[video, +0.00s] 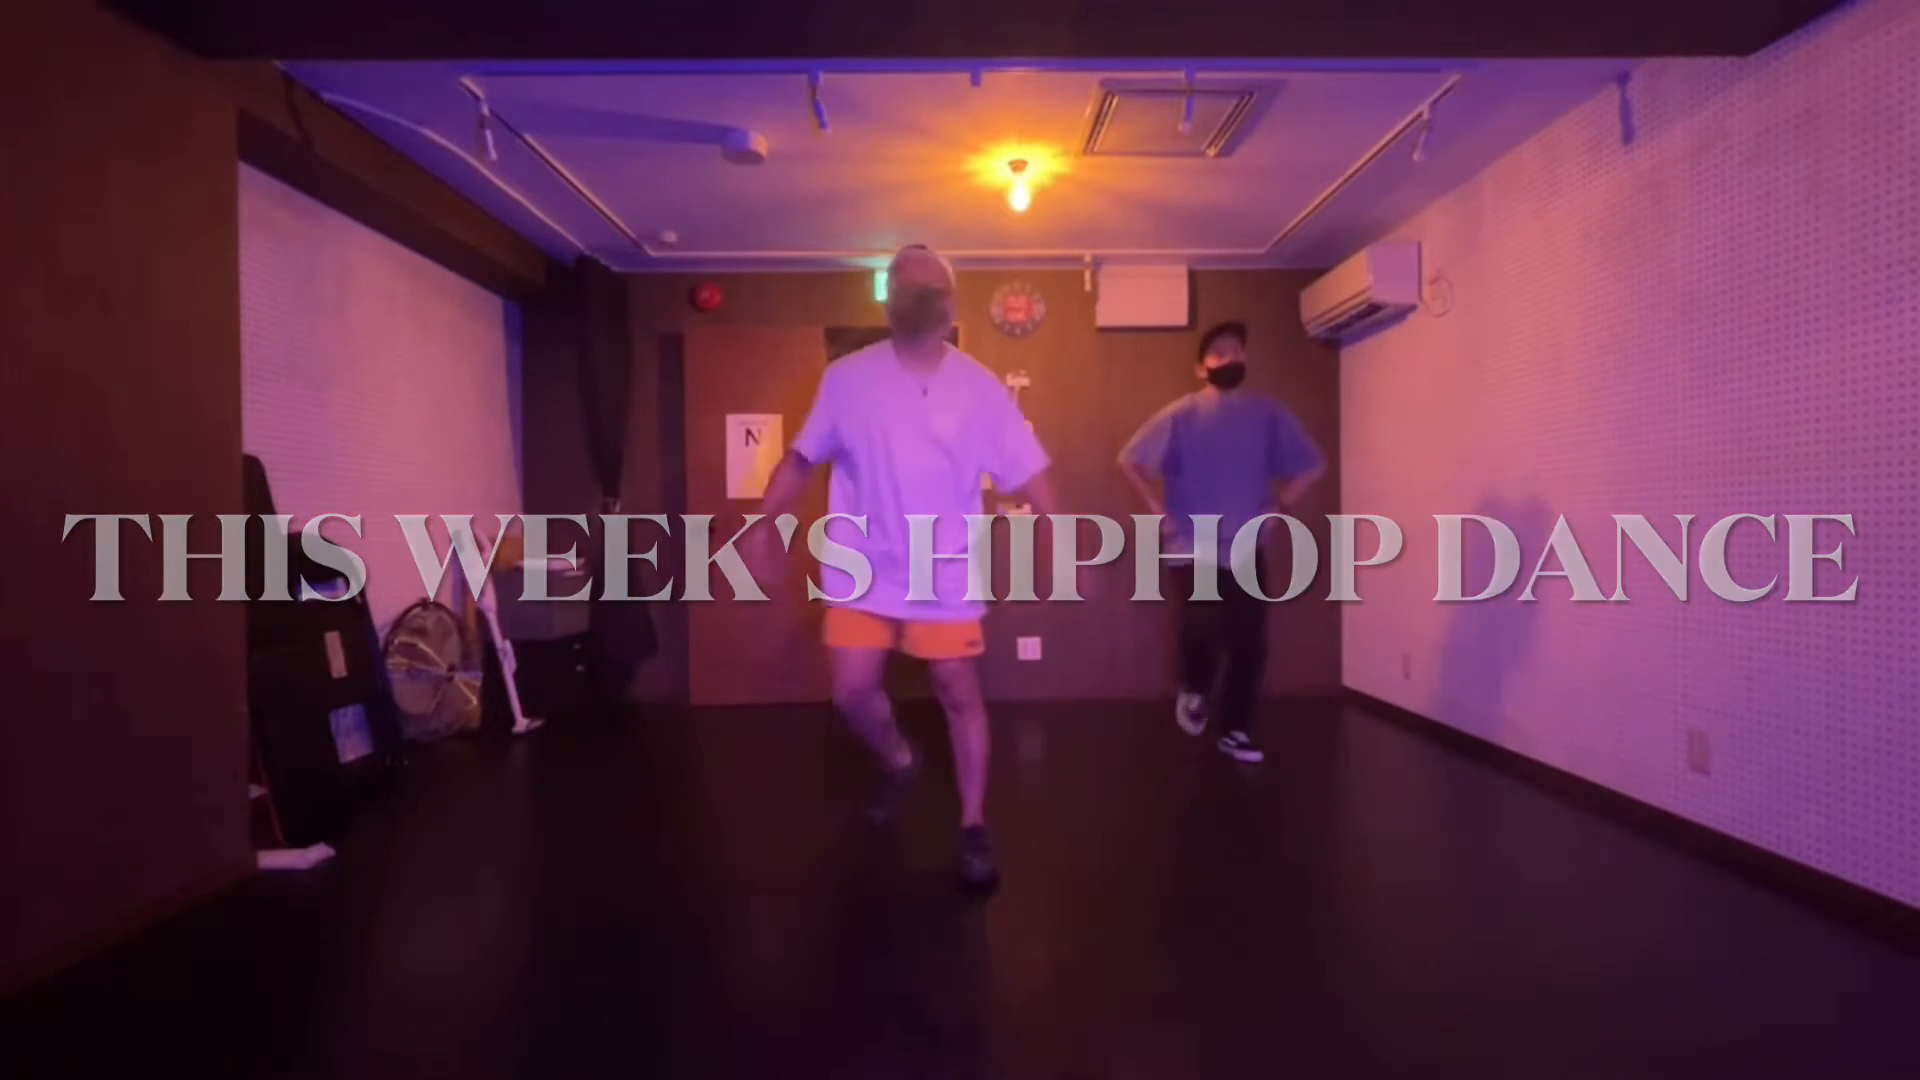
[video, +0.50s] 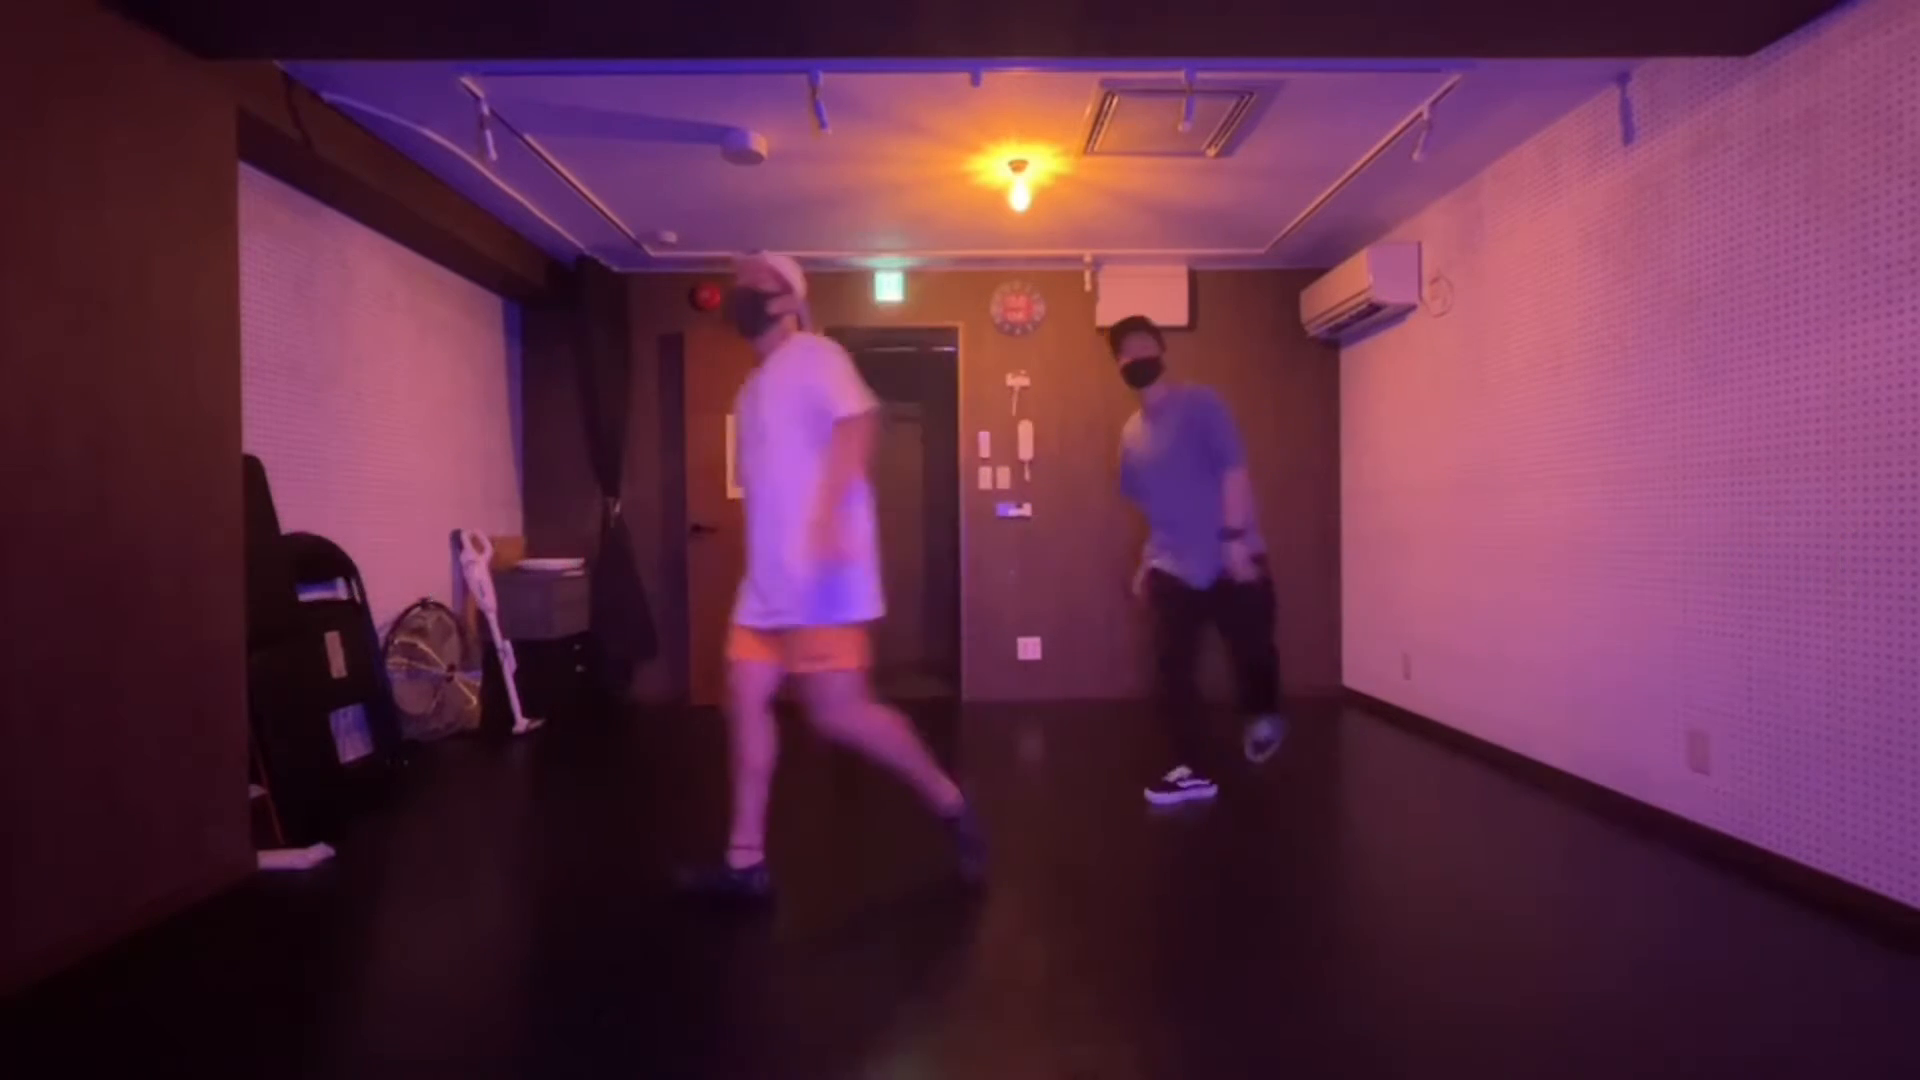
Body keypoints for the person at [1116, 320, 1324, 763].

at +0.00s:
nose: (1230, 359)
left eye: (1236, 351)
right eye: (1220, 352)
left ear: (1247, 359)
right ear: (1202, 364)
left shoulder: (1266, 412)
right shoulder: (1182, 413)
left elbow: (1312, 466)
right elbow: (1130, 460)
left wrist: (1276, 506)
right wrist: (1158, 509)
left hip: (1247, 548)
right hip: (1191, 548)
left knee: (1249, 637)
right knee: (1199, 625)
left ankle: (1236, 729)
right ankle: (1193, 691)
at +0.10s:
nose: (1219, 362)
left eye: (1226, 354)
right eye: (1209, 354)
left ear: (1238, 359)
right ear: (1193, 362)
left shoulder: (1264, 411)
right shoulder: (1176, 414)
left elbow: (1312, 467)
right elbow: (1129, 465)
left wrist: (1278, 510)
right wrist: (1163, 513)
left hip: (1248, 547)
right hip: (1192, 547)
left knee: (1251, 631)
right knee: (1202, 617)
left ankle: (1241, 729)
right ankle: (1205, 686)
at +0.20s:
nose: (1196, 355)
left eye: (1204, 345)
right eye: (1186, 346)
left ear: (1217, 348)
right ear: (1173, 355)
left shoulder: (1250, 400)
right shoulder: (1159, 414)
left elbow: (1300, 449)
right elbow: (1127, 469)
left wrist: (1275, 500)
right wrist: (1166, 515)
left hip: (1246, 545)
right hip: (1191, 546)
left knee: (1243, 633)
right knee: (1200, 632)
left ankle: (1240, 730)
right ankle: (1213, 727)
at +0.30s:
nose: (1183, 359)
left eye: (1191, 349)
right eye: (1173, 351)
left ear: (1205, 351)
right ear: (1158, 359)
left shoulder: (1243, 402)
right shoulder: (1151, 422)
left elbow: (1287, 452)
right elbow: (1133, 480)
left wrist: (1265, 507)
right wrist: (1161, 518)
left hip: (1244, 546)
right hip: (1188, 551)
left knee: (1242, 642)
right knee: (1197, 645)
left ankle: (1236, 731)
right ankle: (1201, 744)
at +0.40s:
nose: (1152, 369)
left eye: (1161, 360)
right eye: (1143, 362)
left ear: (1177, 361)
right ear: (1133, 369)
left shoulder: (1217, 409)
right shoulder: (1139, 435)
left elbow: (1261, 458)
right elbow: (1144, 505)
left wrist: (1258, 529)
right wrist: (1147, 559)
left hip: (1240, 555)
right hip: (1184, 563)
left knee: (1248, 648)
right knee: (1192, 664)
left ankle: (1241, 724)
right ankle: (1197, 763)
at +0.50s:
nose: (1139, 366)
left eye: (1147, 355)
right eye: (1128, 359)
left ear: (1163, 355)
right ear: (1118, 367)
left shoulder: (1200, 405)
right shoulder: (1133, 433)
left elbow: (1234, 470)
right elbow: (1160, 514)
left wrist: (1235, 538)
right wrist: (1148, 564)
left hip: (1227, 553)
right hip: (1175, 562)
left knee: (1251, 640)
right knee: (1173, 665)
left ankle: (1263, 715)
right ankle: (1193, 767)